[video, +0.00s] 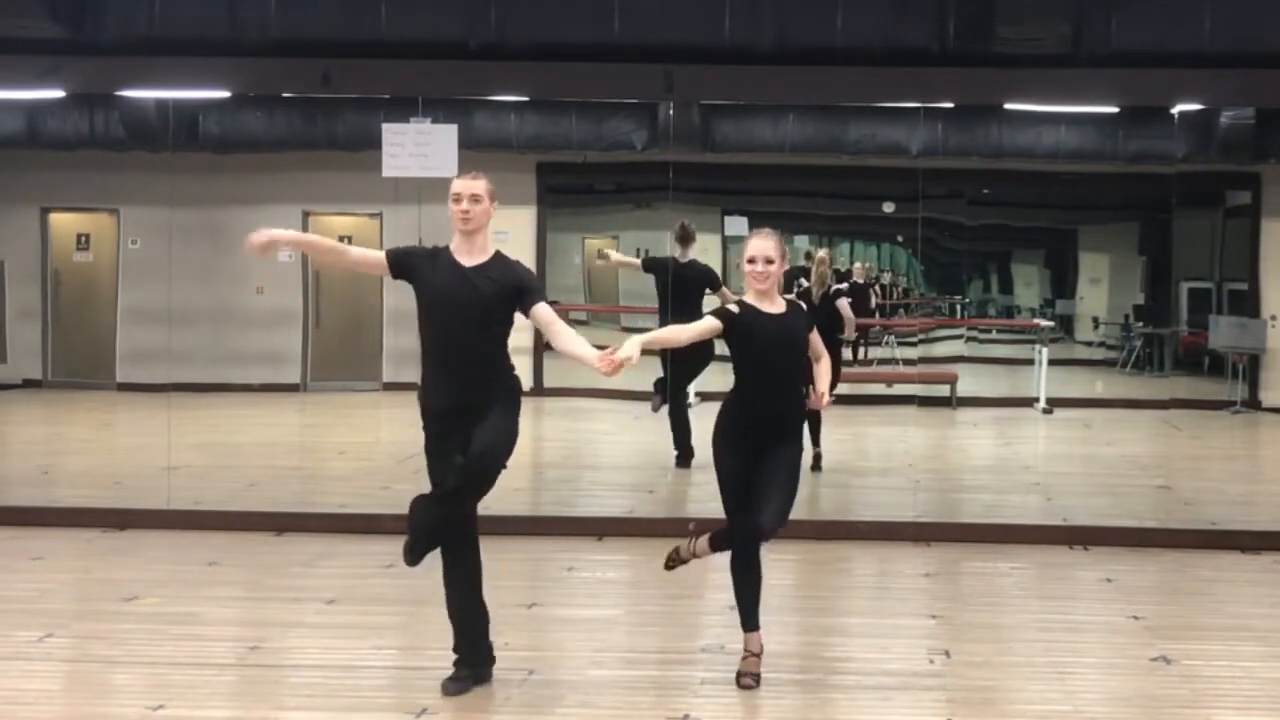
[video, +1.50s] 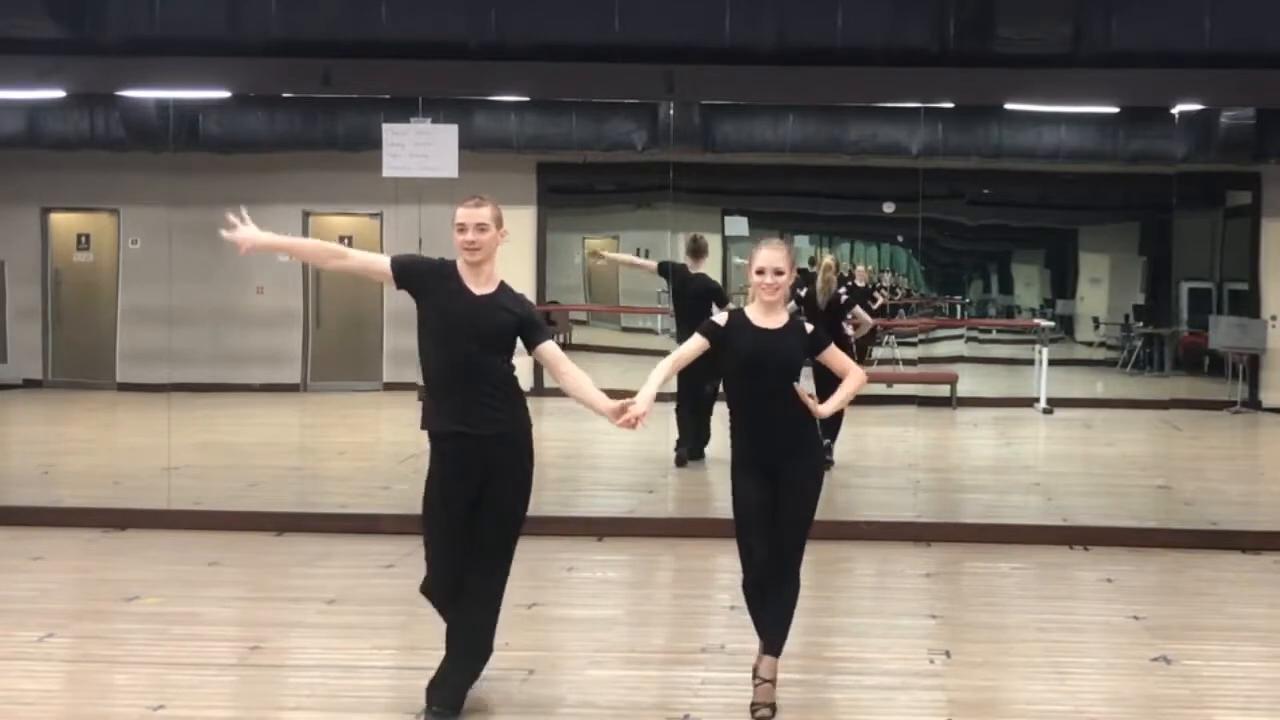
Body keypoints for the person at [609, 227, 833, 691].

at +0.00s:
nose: (759, 269)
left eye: (768, 261)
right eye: (751, 261)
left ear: (783, 266)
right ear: (742, 266)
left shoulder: (799, 313)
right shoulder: (733, 313)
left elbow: (821, 356)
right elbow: (686, 333)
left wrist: (822, 386)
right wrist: (639, 341)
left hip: (785, 435)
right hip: (737, 432)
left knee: (768, 525)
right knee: (745, 534)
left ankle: (698, 545)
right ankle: (752, 644)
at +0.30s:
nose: (769, 272)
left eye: (777, 265)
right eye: (761, 265)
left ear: (792, 270)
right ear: (751, 268)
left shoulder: (808, 318)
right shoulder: (734, 316)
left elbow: (845, 365)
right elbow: (683, 341)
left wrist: (823, 405)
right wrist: (637, 354)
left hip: (782, 439)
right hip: (732, 440)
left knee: (779, 529)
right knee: (745, 541)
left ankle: (784, 640)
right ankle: (754, 644)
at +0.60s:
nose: (768, 272)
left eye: (777, 265)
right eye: (760, 264)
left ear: (790, 269)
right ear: (749, 267)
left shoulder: (807, 320)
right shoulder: (731, 315)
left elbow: (854, 359)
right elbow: (677, 339)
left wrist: (826, 402)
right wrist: (645, 353)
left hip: (790, 440)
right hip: (741, 438)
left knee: (780, 545)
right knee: (745, 538)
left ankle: (760, 615)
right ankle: (753, 640)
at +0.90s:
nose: (771, 277)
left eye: (779, 270)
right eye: (763, 270)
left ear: (793, 274)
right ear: (751, 274)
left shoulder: (814, 322)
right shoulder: (738, 324)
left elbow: (859, 369)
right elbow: (684, 354)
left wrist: (824, 415)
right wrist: (664, 362)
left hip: (790, 443)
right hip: (741, 441)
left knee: (771, 541)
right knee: (760, 540)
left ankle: (755, 618)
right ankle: (765, 641)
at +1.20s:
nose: (767, 272)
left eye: (776, 265)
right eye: (760, 264)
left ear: (791, 271)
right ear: (749, 269)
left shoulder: (812, 318)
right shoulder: (737, 322)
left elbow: (852, 368)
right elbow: (684, 356)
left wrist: (836, 415)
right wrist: (644, 378)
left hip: (793, 444)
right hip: (744, 443)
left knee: (772, 547)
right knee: (753, 546)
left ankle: (765, 654)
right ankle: (764, 644)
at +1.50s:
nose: (769, 280)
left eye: (778, 272)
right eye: (761, 272)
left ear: (792, 277)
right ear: (749, 275)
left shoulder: (806, 330)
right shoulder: (728, 325)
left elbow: (856, 374)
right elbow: (672, 363)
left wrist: (826, 408)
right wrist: (644, 399)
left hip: (799, 456)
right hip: (749, 458)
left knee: (785, 562)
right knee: (756, 565)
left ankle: (767, 669)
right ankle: (769, 650)